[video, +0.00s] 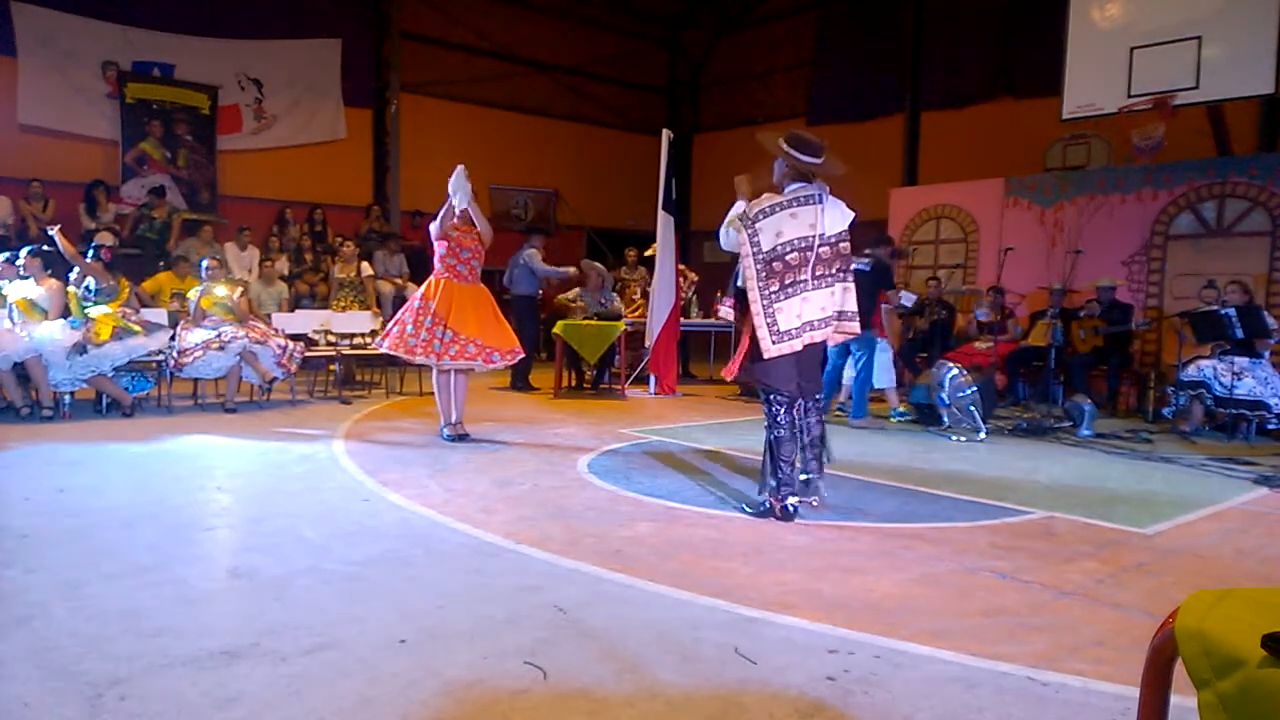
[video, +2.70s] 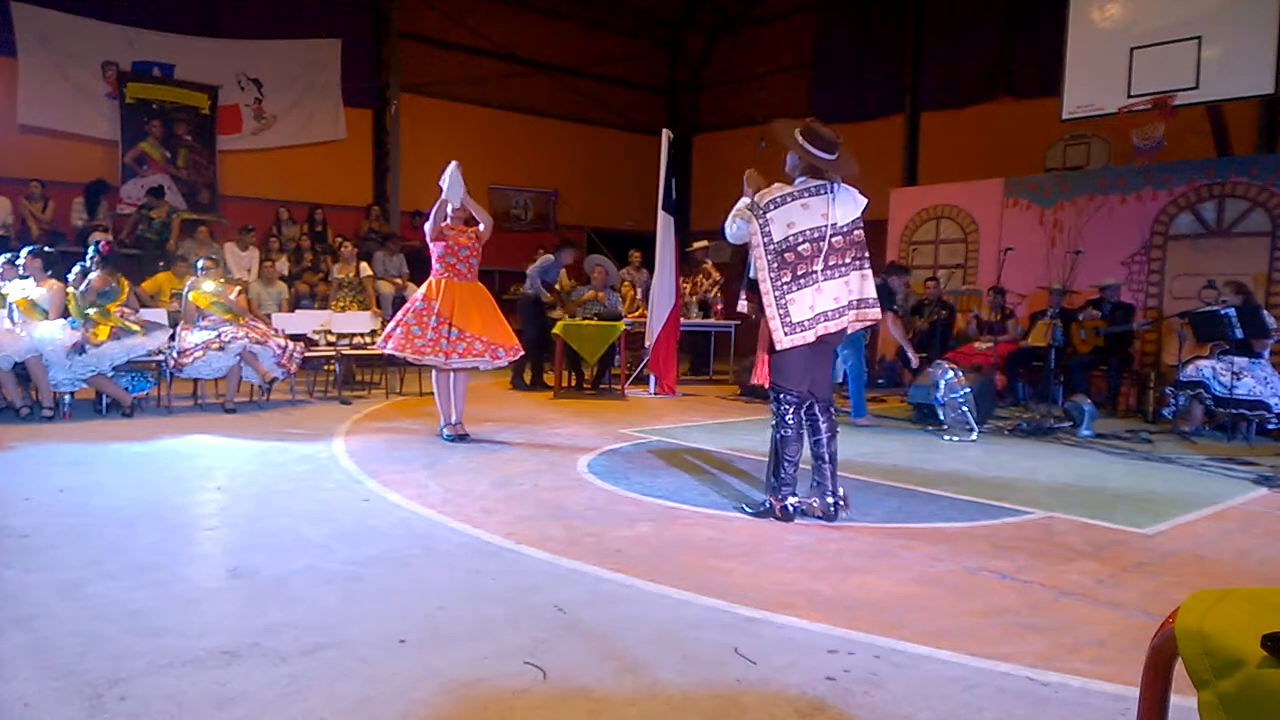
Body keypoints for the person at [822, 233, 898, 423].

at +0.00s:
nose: (889, 255)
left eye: (890, 251)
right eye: (888, 250)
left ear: (866, 245)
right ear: (883, 249)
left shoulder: (846, 260)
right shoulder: (880, 266)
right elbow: (892, 297)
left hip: (836, 324)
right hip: (862, 326)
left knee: (833, 366)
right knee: (863, 372)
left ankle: (821, 406)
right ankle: (859, 414)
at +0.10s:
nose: (888, 261)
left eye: (889, 257)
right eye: (887, 256)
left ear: (866, 250)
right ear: (877, 251)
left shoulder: (842, 263)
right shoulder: (875, 266)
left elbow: (831, 293)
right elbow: (883, 301)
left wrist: (828, 323)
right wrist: (882, 325)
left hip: (835, 324)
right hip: (861, 326)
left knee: (829, 368)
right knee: (861, 371)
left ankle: (817, 409)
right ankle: (858, 414)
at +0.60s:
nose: (874, 264)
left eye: (874, 259)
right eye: (872, 259)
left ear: (850, 254)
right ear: (862, 255)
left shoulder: (828, 267)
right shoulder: (857, 270)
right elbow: (862, 301)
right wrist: (873, 330)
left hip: (820, 324)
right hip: (844, 325)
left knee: (819, 367)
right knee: (851, 369)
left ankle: (818, 409)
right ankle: (856, 410)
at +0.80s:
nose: (863, 257)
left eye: (861, 254)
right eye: (861, 254)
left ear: (842, 253)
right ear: (861, 255)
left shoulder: (827, 270)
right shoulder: (865, 277)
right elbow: (877, 315)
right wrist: (898, 344)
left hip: (820, 325)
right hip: (845, 329)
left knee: (818, 369)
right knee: (852, 370)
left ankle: (817, 409)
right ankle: (858, 412)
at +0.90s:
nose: (899, 292)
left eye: (902, 288)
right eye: (898, 287)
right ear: (888, 280)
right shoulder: (875, 289)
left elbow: (872, 320)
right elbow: (888, 324)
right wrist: (908, 349)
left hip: (820, 324)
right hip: (843, 328)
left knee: (820, 366)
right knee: (853, 370)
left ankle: (817, 409)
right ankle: (858, 413)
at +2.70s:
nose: (904, 286)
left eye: (905, 283)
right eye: (902, 282)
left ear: (890, 278)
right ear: (892, 278)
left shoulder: (871, 284)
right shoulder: (885, 290)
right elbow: (891, 321)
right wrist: (909, 350)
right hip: (852, 329)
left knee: (830, 373)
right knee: (856, 372)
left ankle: (821, 408)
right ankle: (859, 413)